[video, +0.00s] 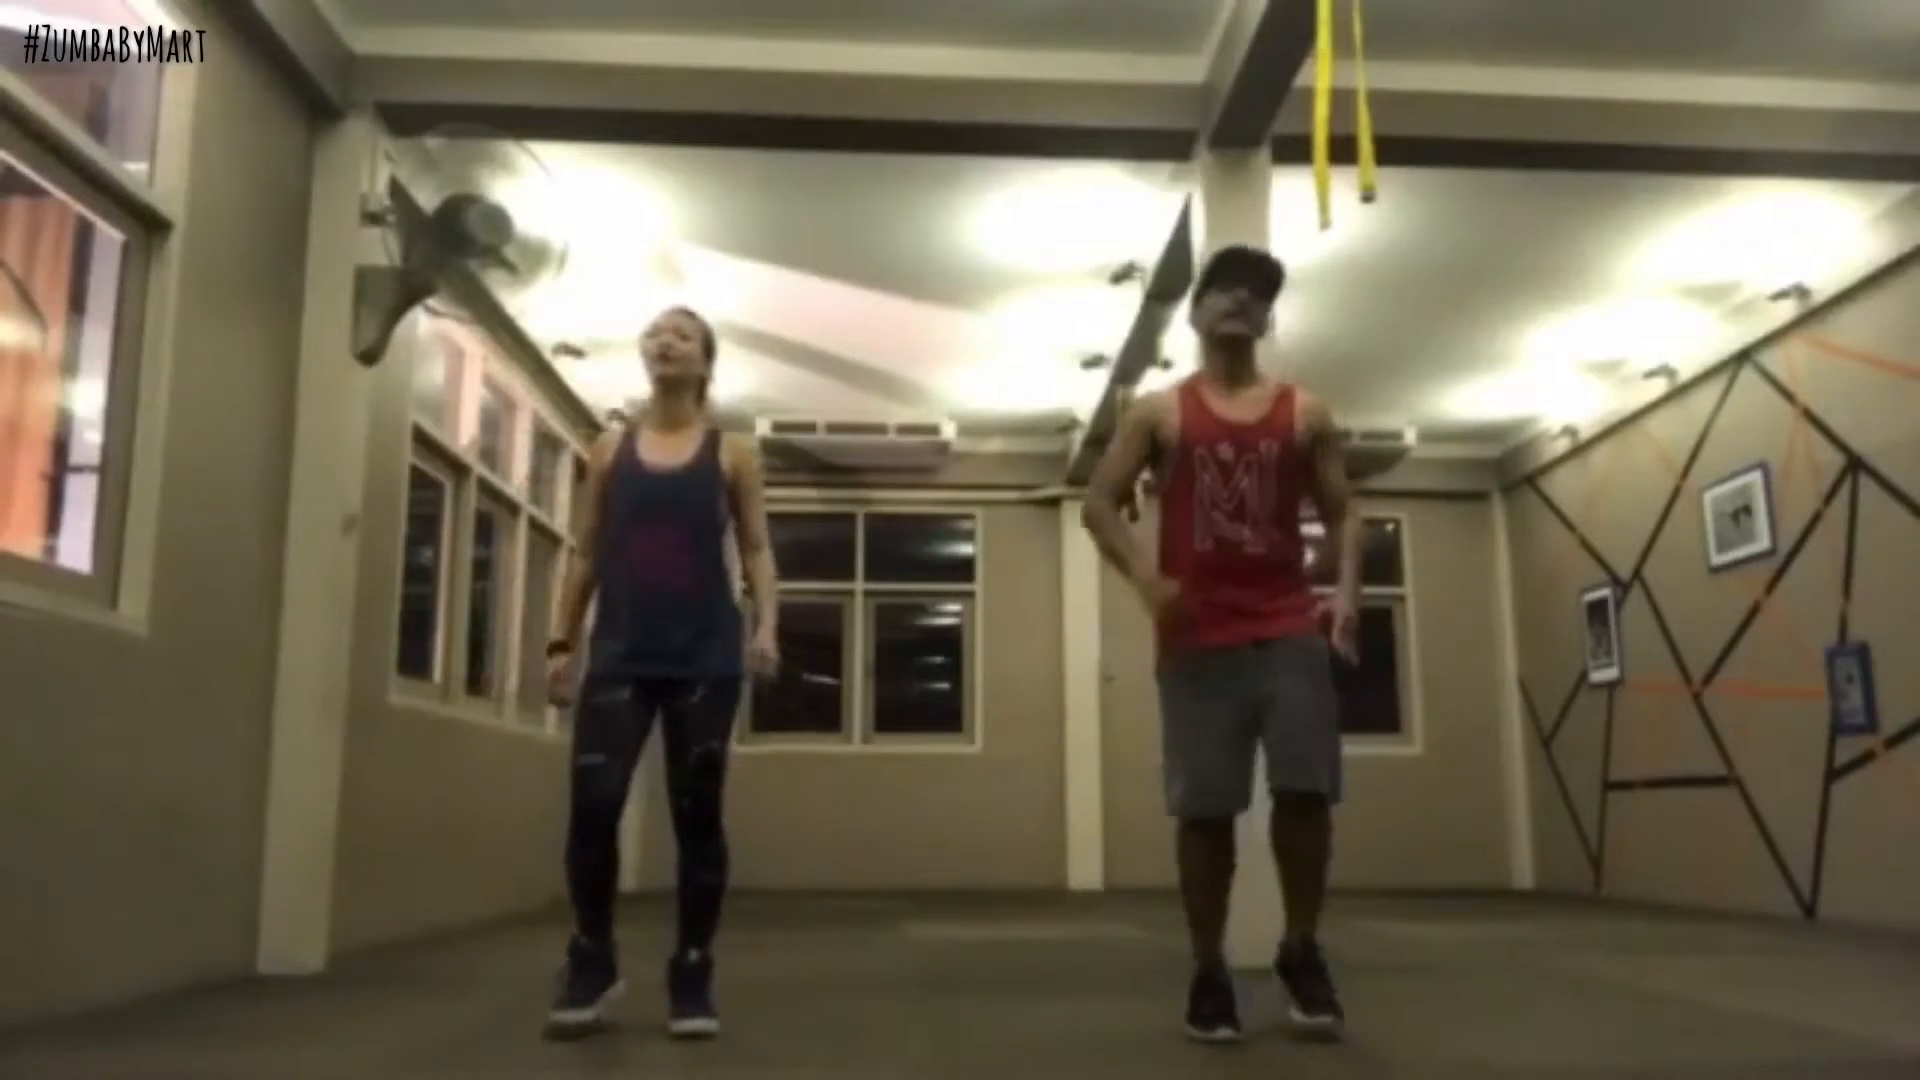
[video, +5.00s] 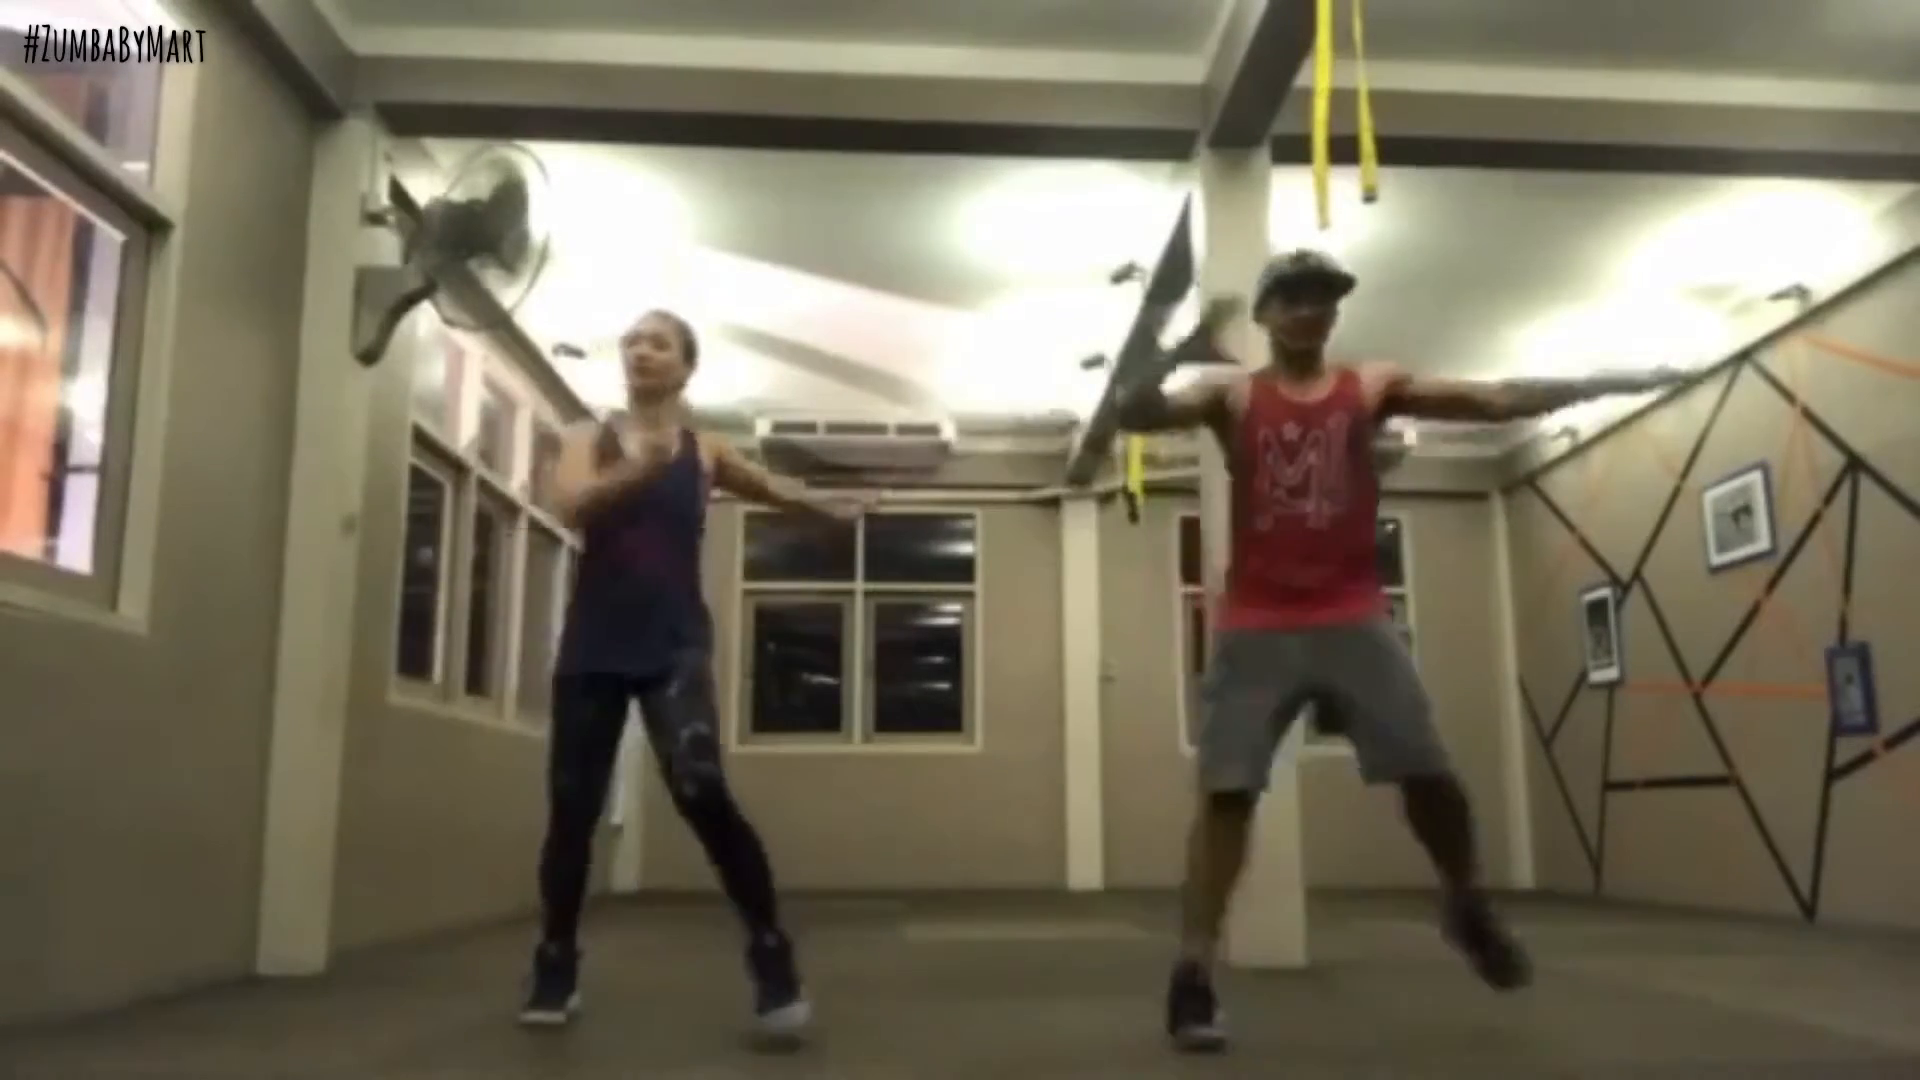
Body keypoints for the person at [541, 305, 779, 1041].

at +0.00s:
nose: (666, 343)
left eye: (682, 335)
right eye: (656, 334)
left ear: (706, 358)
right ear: (642, 354)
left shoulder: (730, 450)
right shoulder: (610, 450)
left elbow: (757, 550)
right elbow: (584, 550)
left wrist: (765, 624)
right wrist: (563, 641)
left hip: (704, 656)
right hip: (618, 654)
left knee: (697, 818)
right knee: (591, 808)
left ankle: (692, 979)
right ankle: (591, 965)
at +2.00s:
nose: (633, 379)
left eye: (646, 365)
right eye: (622, 364)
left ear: (670, 367)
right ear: (602, 366)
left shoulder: (697, 456)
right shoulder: (572, 454)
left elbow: (718, 556)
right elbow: (536, 552)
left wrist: (728, 641)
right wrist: (511, 642)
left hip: (672, 655)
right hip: (589, 656)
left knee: (654, 791)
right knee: (591, 813)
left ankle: (659, 950)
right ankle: (594, 964)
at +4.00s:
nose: (620, 358)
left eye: (636, 349)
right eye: (611, 348)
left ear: (660, 370)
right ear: (594, 364)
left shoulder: (682, 458)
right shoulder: (562, 453)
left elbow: (701, 564)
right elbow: (530, 545)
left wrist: (709, 655)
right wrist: (503, 626)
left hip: (656, 653)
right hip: (573, 653)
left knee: (635, 788)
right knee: (574, 811)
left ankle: (657, 919)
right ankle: (574, 961)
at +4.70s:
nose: (617, 371)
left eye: (633, 361)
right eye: (607, 360)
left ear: (658, 382)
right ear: (591, 376)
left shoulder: (680, 465)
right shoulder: (562, 465)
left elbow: (732, 552)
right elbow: (516, 557)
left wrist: (750, 588)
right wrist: (466, 631)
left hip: (654, 665)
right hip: (573, 663)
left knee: (646, 817)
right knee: (560, 822)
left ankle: (653, 969)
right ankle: (556, 973)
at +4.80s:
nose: (621, 362)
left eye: (637, 353)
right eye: (610, 352)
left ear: (663, 374)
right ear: (595, 371)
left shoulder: (687, 457)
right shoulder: (565, 455)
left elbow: (762, 508)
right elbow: (500, 528)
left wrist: (827, 523)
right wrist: (437, 559)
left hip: (656, 655)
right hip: (573, 655)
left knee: (664, 792)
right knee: (561, 812)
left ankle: (680, 932)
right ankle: (557, 964)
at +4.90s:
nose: (630, 352)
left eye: (646, 344)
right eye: (620, 342)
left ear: (673, 366)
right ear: (605, 359)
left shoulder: (695, 450)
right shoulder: (577, 443)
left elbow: (785, 483)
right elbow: (518, 517)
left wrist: (864, 496)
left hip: (661, 643)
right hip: (579, 644)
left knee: (681, 780)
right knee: (564, 808)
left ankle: (729, 946)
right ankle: (553, 968)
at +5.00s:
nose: (641, 352)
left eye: (659, 344)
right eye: (634, 342)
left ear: (687, 367)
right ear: (621, 359)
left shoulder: (702, 450)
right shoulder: (589, 438)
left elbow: (771, 491)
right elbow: (570, 503)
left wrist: (832, 508)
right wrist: (642, 470)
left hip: (673, 647)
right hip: (593, 646)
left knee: (701, 793)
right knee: (571, 811)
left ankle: (773, 963)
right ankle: (554, 966)